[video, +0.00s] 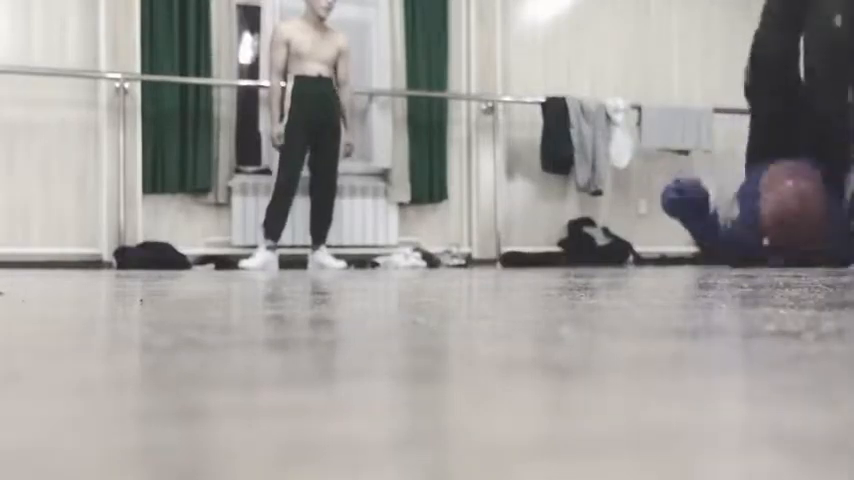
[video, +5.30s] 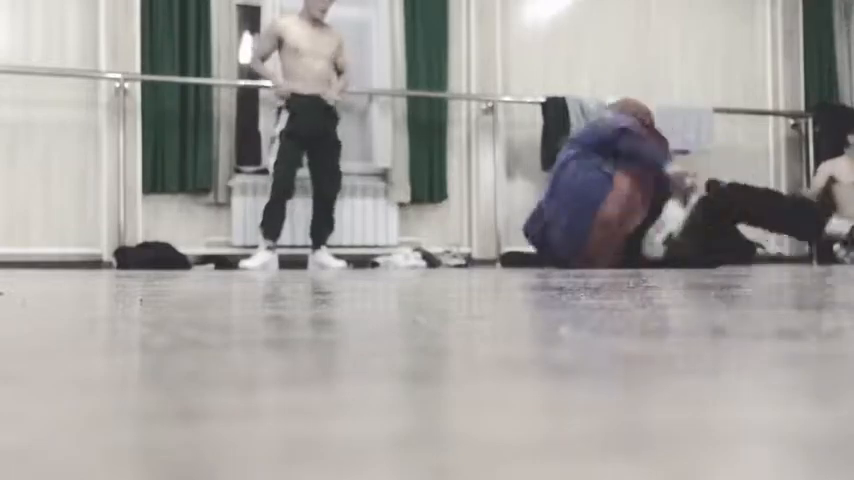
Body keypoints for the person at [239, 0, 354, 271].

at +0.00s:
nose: (328, 4)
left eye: (331, 1)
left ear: (332, 6)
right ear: (310, 1)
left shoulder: (338, 39)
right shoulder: (285, 31)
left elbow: (343, 87)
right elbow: (276, 78)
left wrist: (348, 129)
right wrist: (276, 122)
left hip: (327, 100)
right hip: (297, 99)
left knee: (325, 180)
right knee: (287, 177)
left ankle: (319, 251)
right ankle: (268, 249)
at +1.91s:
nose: (331, 6)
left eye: (333, 2)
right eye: (326, 1)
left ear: (331, 7)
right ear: (311, 2)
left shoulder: (337, 40)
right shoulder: (286, 30)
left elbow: (343, 84)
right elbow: (279, 76)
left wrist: (345, 127)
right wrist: (283, 119)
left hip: (329, 100)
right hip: (299, 97)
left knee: (324, 180)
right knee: (288, 177)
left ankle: (319, 250)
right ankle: (268, 248)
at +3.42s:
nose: (329, 5)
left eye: (332, 2)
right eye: (324, 0)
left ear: (332, 6)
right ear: (310, 1)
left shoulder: (335, 38)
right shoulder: (284, 30)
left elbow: (352, 78)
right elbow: (264, 72)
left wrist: (339, 88)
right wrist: (292, 86)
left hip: (328, 107)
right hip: (299, 106)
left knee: (324, 180)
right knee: (288, 178)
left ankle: (319, 251)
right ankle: (269, 250)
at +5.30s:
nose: (325, 5)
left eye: (329, 2)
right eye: (321, 1)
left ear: (331, 5)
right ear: (307, 1)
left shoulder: (333, 36)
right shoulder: (283, 26)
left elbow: (344, 73)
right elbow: (255, 60)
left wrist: (336, 91)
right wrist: (277, 80)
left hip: (324, 109)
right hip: (294, 107)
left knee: (327, 184)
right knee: (283, 181)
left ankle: (319, 252)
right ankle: (267, 250)